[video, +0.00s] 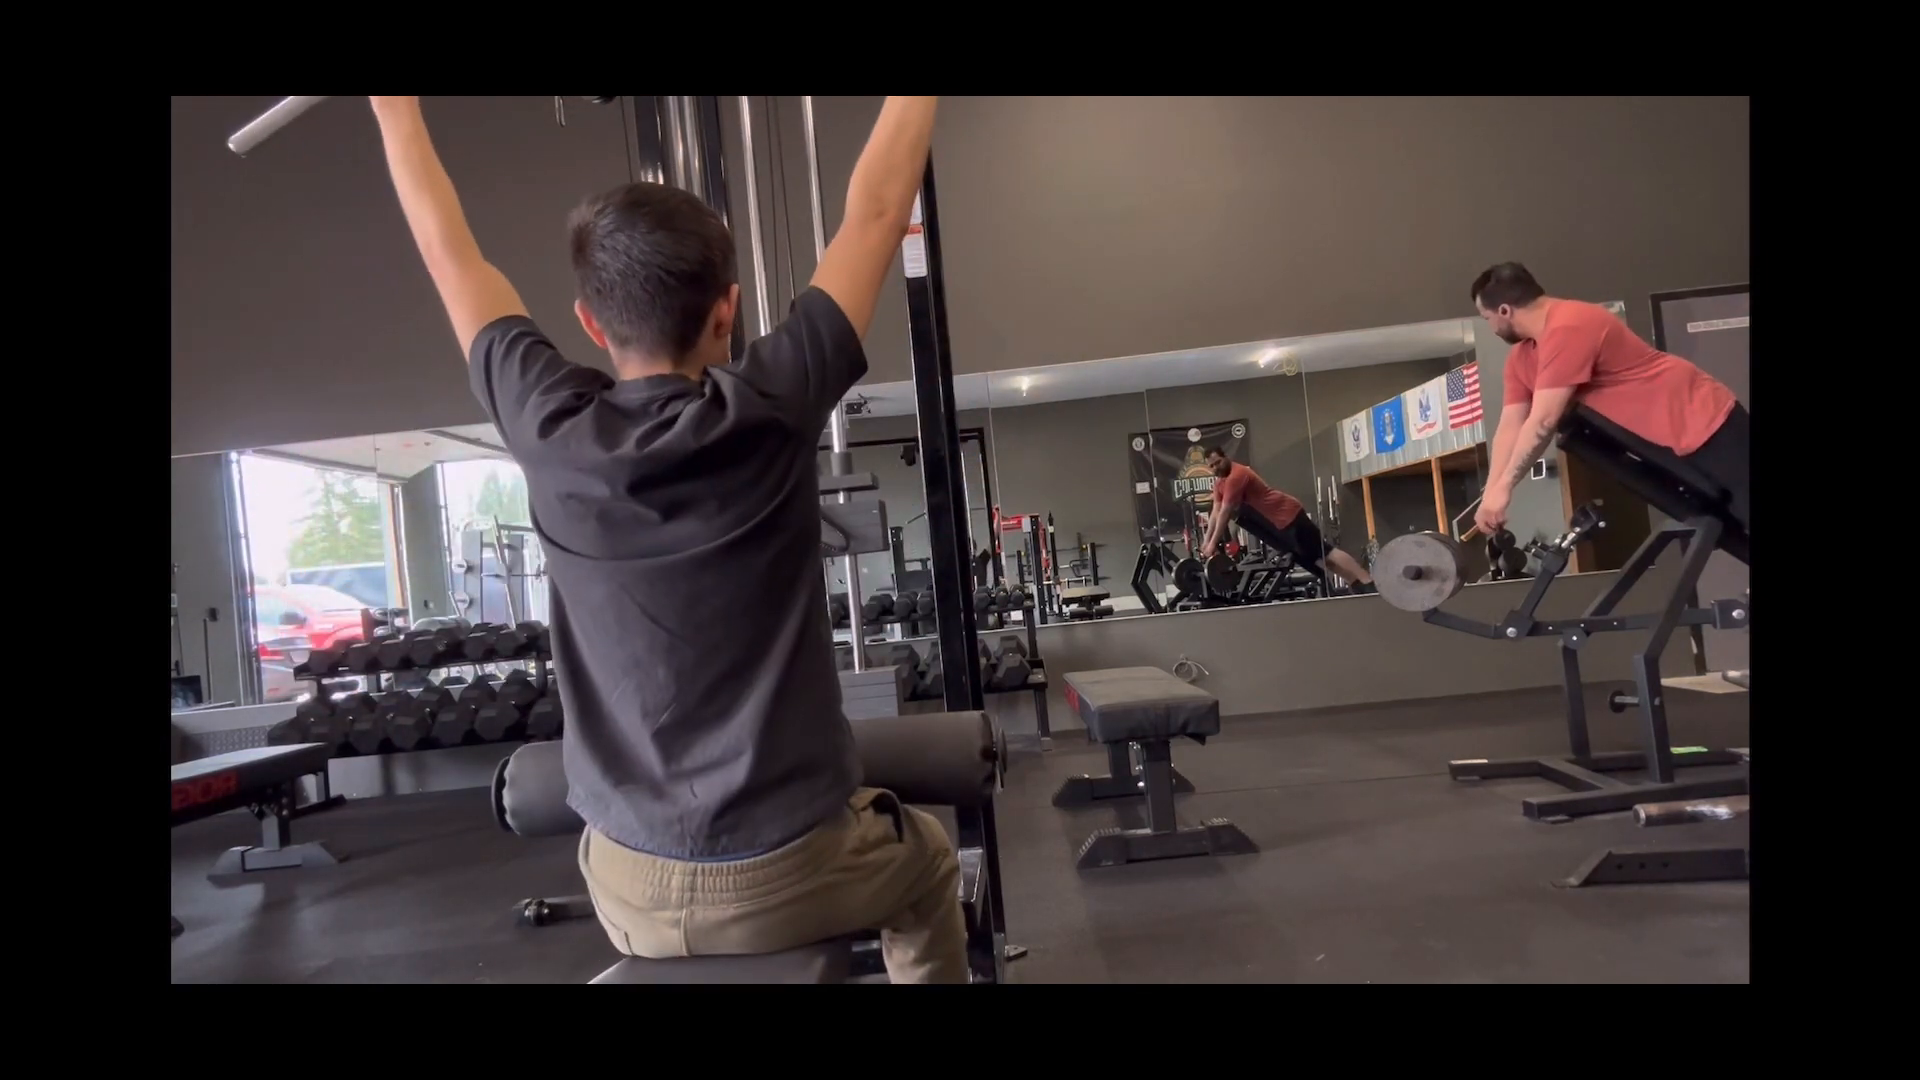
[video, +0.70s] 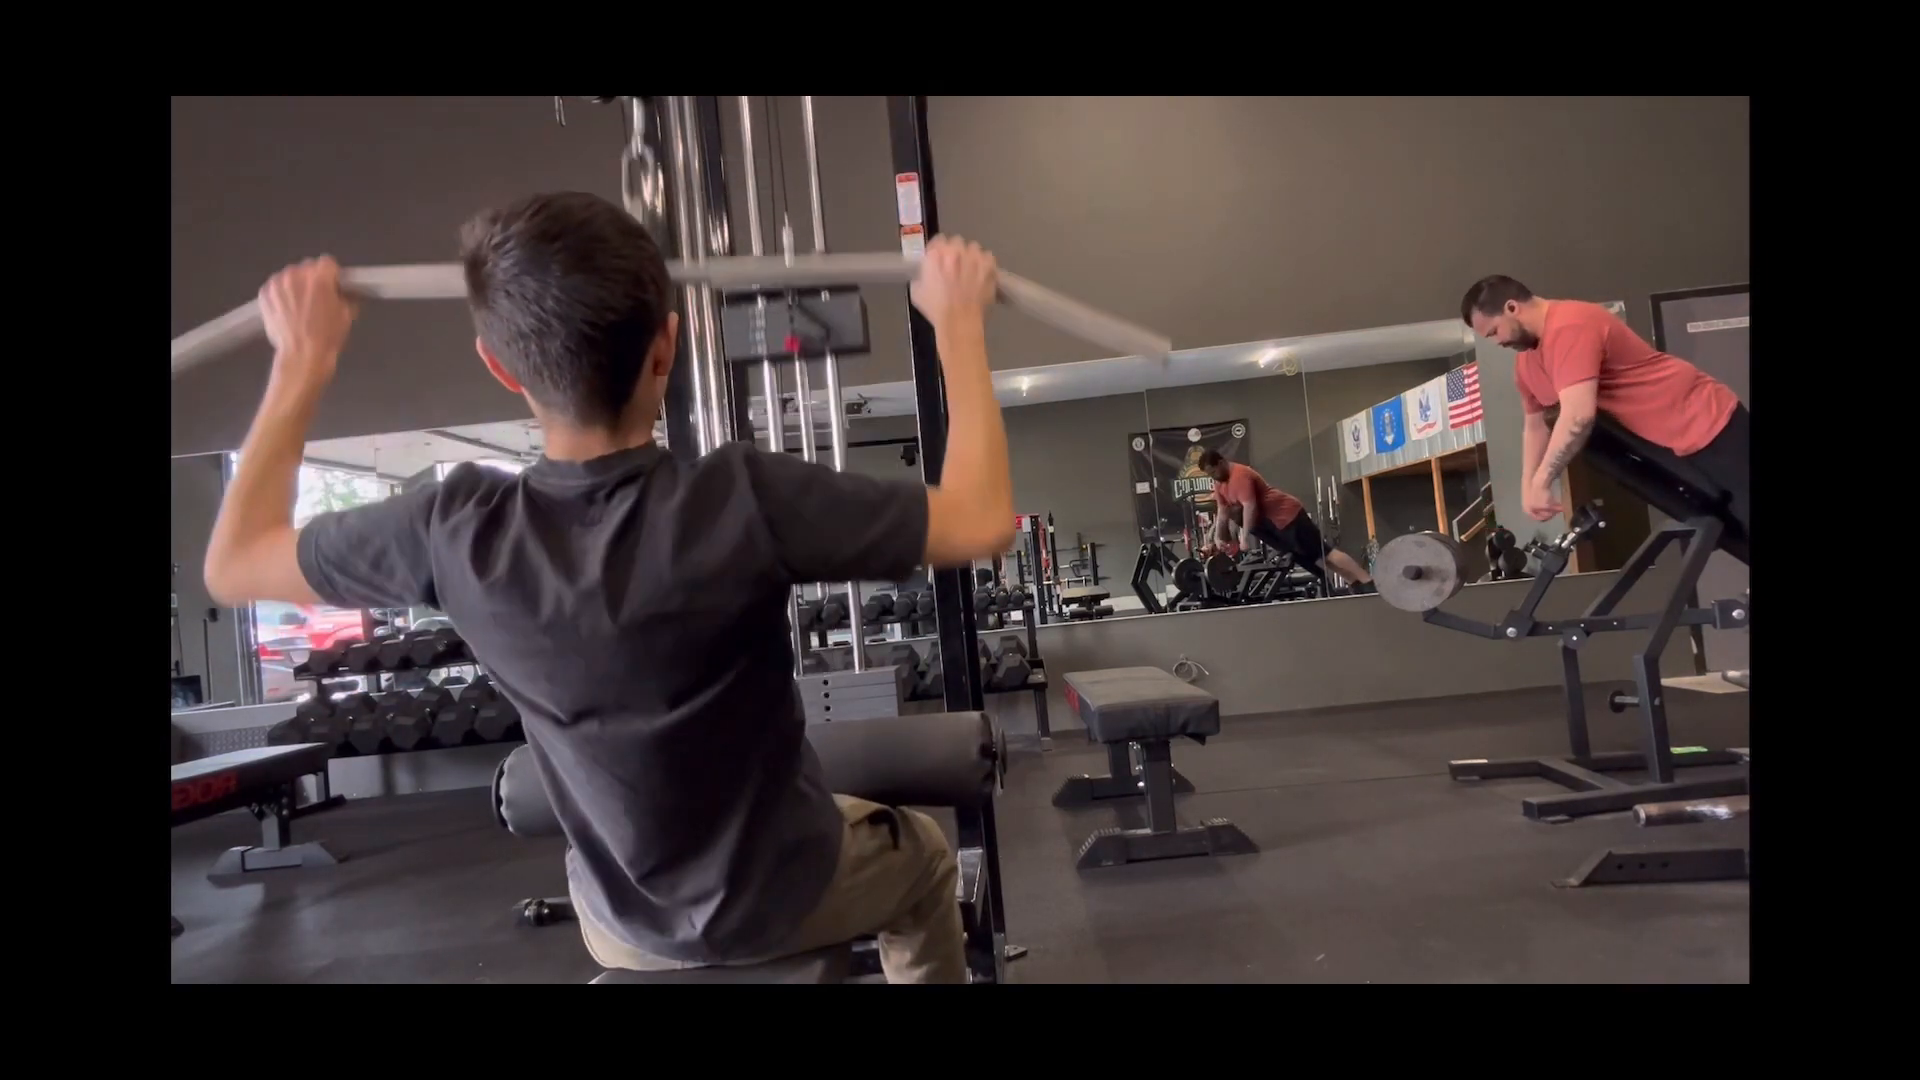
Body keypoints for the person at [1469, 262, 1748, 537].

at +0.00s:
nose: (1489, 325)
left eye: (1486, 317)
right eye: (1485, 318)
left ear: (1504, 311)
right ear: (1512, 308)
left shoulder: (1569, 324)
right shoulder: (1520, 358)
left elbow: (1543, 422)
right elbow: (1509, 424)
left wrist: (1503, 486)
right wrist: (1493, 491)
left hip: (1705, 420)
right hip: (1665, 446)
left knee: (1745, 518)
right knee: (1729, 531)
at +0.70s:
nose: (1496, 343)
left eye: (1493, 332)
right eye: (1489, 337)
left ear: (1513, 307)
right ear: (1511, 310)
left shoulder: (1570, 324)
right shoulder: (1526, 364)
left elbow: (1579, 417)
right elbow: (1535, 424)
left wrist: (1542, 480)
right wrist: (1530, 484)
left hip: (1709, 421)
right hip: (1672, 448)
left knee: (1745, 520)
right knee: (1732, 534)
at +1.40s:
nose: (1483, 365)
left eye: (1477, 356)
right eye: (1476, 360)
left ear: (1493, 335)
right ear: (1493, 337)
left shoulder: (1550, 335)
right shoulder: (1527, 367)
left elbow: (1583, 422)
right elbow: (1566, 431)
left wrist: (1587, 494)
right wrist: (1583, 492)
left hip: (1701, 416)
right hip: (1672, 439)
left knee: (1745, 510)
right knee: (1730, 522)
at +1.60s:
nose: (1487, 363)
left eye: (1480, 354)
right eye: (1479, 358)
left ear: (1496, 332)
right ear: (1497, 334)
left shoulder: (1548, 338)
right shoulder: (1530, 366)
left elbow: (1580, 427)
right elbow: (1562, 438)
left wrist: (1587, 498)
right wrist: (1572, 506)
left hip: (1708, 422)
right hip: (1680, 442)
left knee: (1744, 523)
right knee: (1731, 530)